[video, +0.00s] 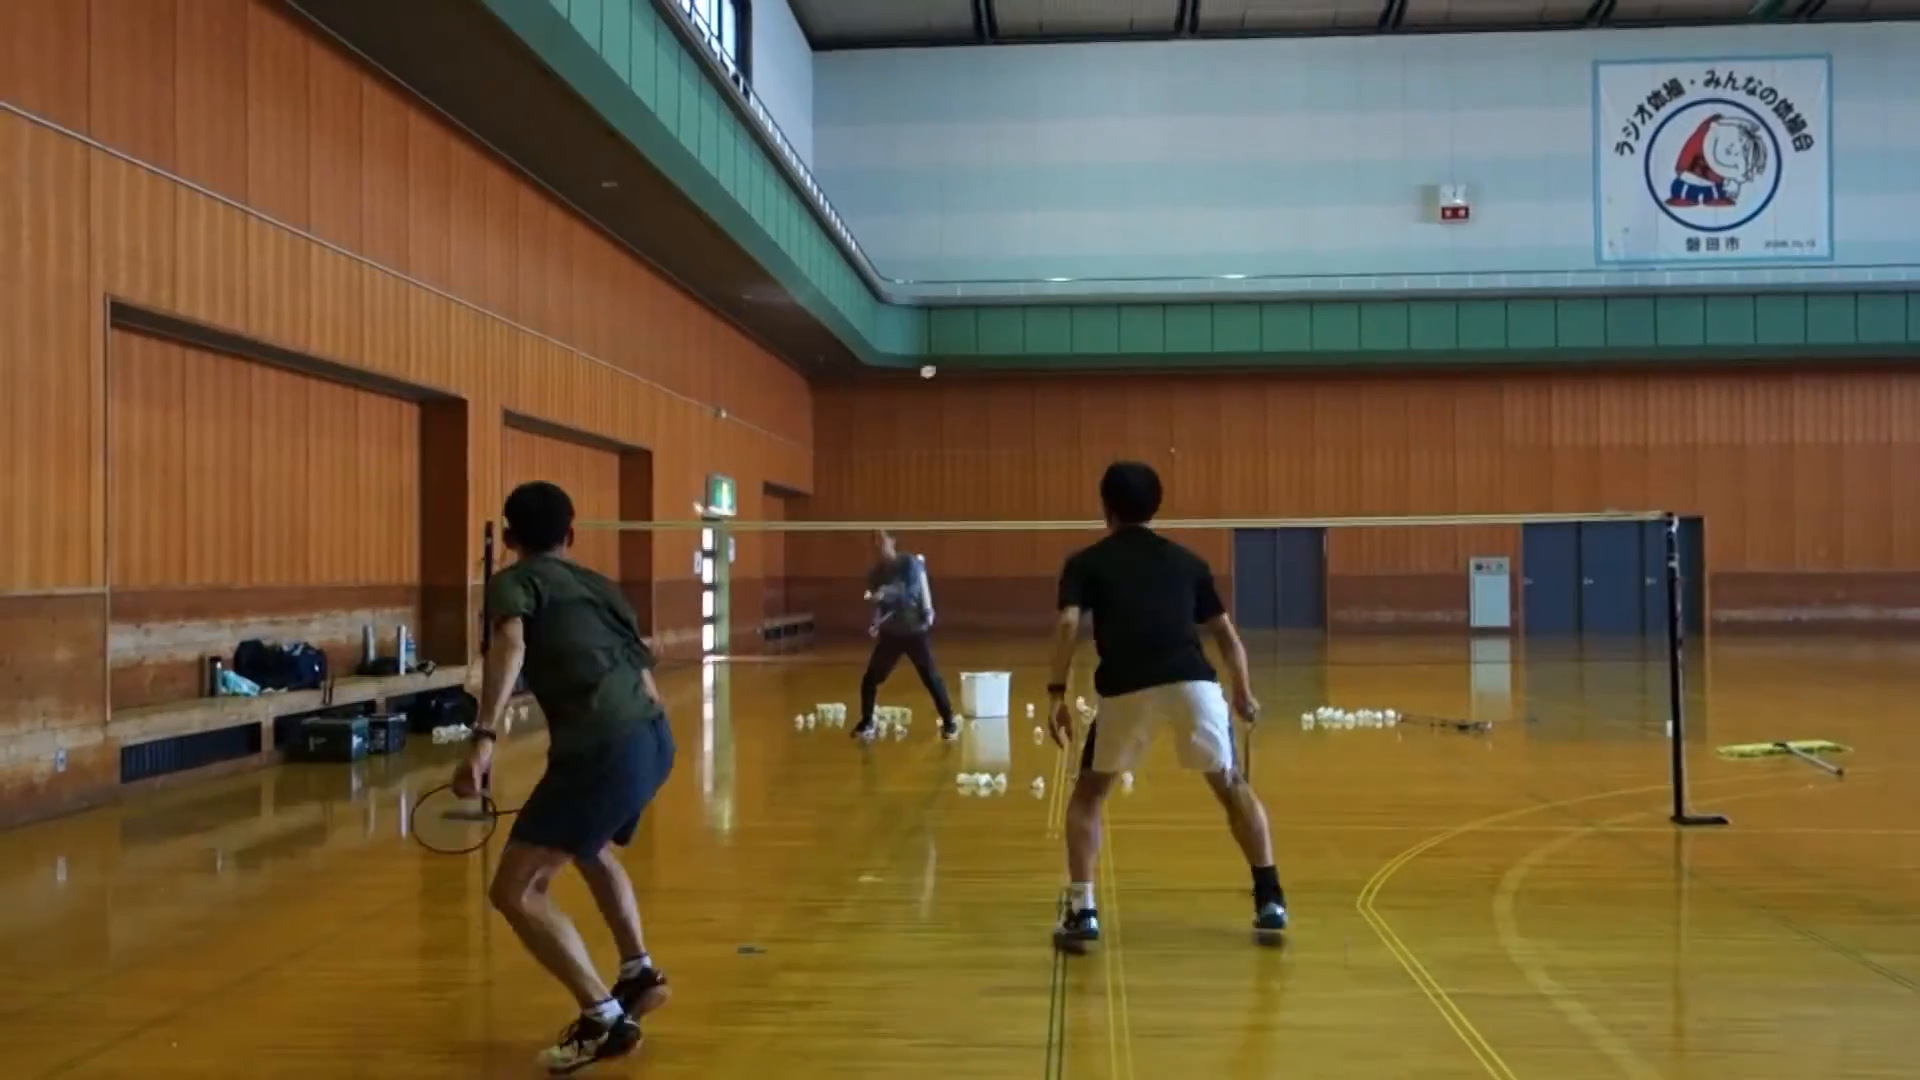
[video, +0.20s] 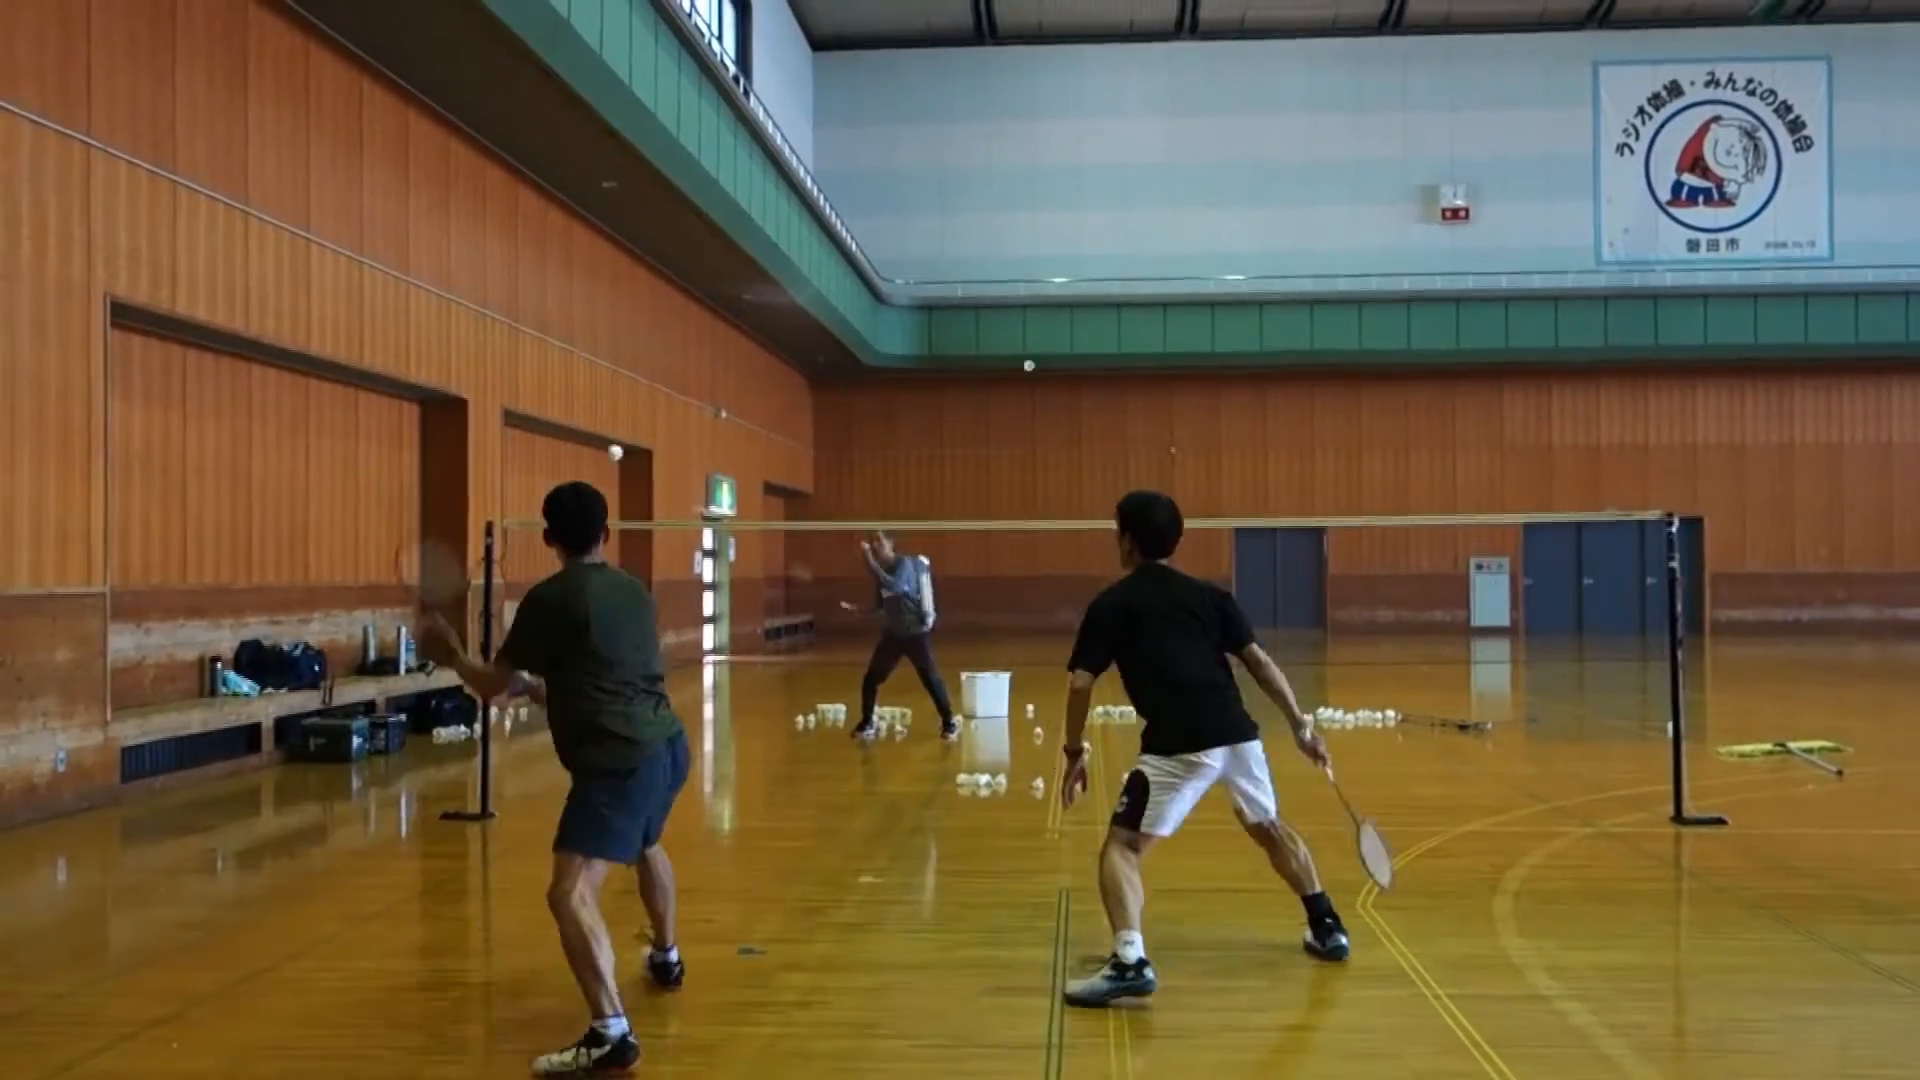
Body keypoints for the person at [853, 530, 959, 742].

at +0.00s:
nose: (881, 547)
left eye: (884, 541)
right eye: (878, 542)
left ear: (893, 542)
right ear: (874, 546)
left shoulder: (910, 563)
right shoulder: (877, 573)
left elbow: (911, 592)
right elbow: (880, 602)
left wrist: (882, 594)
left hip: (914, 630)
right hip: (890, 632)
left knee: (930, 677)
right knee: (870, 680)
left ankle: (949, 721)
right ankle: (867, 722)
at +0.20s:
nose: (878, 549)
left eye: (881, 544)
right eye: (874, 545)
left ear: (891, 544)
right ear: (873, 550)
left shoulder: (906, 564)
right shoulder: (881, 573)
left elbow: (896, 587)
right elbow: (880, 607)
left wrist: (872, 564)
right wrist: (857, 610)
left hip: (915, 633)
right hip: (893, 634)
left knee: (930, 679)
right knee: (871, 680)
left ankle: (948, 721)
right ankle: (867, 722)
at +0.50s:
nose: (888, 551)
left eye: (891, 546)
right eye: (886, 548)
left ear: (901, 546)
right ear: (884, 551)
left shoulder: (918, 563)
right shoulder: (888, 574)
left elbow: (916, 588)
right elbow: (871, 593)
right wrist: (837, 590)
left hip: (922, 632)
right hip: (898, 633)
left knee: (933, 677)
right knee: (876, 678)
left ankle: (949, 720)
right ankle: (867, 721)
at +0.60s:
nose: (889, 549)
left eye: (892, 544)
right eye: (886, 545)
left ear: (901, 544)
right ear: (884, 549)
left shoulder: (921, 565)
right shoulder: (885, 575)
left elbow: (932, 594)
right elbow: (877, 597)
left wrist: (914, 615)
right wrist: (871, 615)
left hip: (923, 635)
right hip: (897, 635)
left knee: (932, 678)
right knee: (875, 680)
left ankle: (948, 722)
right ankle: (867, 723)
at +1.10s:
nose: (881, 547)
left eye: (884, 542)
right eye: (878, 544)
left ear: (896, 543)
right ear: (876, 547)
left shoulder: (911, 564)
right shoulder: (885, 574)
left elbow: (922, 594)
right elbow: (887, 607)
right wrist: (865, 617)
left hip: (919, 633)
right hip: (897, 633)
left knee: (917, 679)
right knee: (876, 678)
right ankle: (868, 722)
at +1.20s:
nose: (881, 547)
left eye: (885, 543)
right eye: (878, 543)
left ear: (896, 543)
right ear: (876, 546)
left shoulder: (908, 564)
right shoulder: (885, 570)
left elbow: (908, 592)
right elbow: (887, 601)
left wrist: (880, 578)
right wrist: (861, 610)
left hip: (916, 631)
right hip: (898, 631)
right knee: (879, 677)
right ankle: (867, 722)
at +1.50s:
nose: (890, 548)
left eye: (893, 543)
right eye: (887, 544)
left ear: (905, 543)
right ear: (886, 547)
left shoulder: (923, 565)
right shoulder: (888, 579)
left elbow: (920, 596)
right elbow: (883, 609)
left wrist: (893, 608)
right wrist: (849, 621)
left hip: (931, 629)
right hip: (907, 631)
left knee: (937, 674)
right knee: (886, 675)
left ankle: (948, 722)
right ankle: (868, 721)